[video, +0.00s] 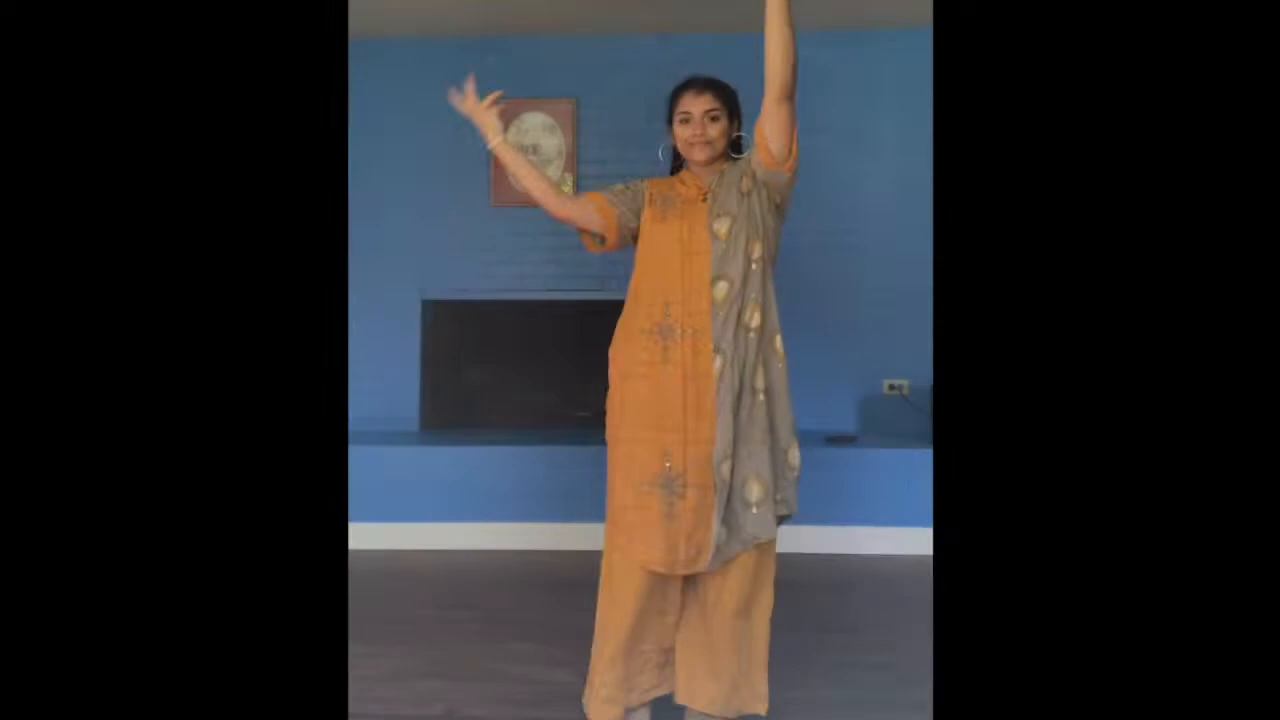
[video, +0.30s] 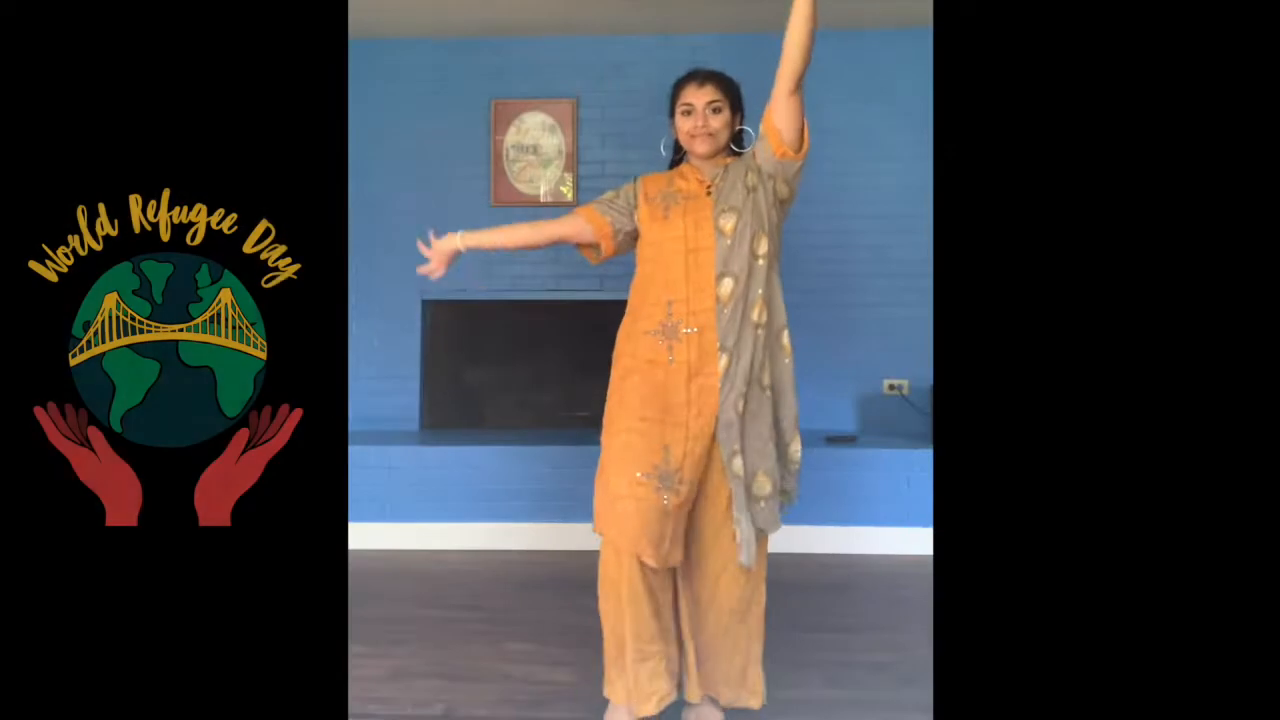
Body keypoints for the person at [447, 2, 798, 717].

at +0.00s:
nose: (699, 127)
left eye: (711, 117)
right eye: (686, 119)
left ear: (732, 129)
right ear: (671, 132)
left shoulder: (757, 189)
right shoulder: (650, 198)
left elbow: (780, 91)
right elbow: (564, 205)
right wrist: (495, 136)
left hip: (736, 397)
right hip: (651, 397)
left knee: (731, 560)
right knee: (640, 557)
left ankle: (720, 708)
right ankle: (616, 707)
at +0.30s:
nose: (700, 120)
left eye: (713, 109)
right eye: (688, 111)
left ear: (736, 120)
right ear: (673, 125)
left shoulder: (762, 180)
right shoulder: (649, 195)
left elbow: (789, 81)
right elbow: (562, 228)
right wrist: (463, 241)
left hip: (736, 394)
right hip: (650, 392)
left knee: (725, 554)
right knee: (632, 548)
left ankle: (715, 700)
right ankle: (639, 700)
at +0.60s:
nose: (694, 116)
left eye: (708, 105)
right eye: (682, 107)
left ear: (730, 117)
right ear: (667, 120)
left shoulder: (753, 178)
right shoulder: (640, 191)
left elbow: (796, 83)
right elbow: (566, 248)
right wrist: (473, 282)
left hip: (732, 382)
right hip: (650, 382)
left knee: (720, 536)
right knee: (638, 537)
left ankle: (704, 690)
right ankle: (631, 694)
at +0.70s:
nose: (695, 121)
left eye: (709, 108)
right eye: (682, 110)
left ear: (730, 119)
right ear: (667, 122)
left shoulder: (755, 180)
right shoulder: (641, 191)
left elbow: (795, 87)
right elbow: (572, 252)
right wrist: (501, 295)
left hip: (733, 390)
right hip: (652, 391)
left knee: (720, 541)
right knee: (636, 537)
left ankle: (699, 689)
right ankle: (649, 693)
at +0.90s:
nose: (697, 131)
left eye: (710, 120)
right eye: (684, 121)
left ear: (731, 132)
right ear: (668, 133)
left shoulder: (753, 190)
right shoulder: (638, 199)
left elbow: (794, 96)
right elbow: (565, 260)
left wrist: (806, 6)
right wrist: (577, 344)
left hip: (740, 399)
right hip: (653, 399)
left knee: (733, 553)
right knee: (635, 551)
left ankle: (713, 706)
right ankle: (633, 706)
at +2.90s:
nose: (688, 122)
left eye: (702, 112)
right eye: (675, 113)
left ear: (721, 123)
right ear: (659, 124)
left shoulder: (743, 185)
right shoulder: (631, 193)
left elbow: (795, 100)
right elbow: (558, 258)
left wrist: (825, 9)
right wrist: (578, 338)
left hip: (726, 388)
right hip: (645, 387)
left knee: (715, 539)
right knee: (640, 534)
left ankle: (701, 689)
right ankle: (611, 694)